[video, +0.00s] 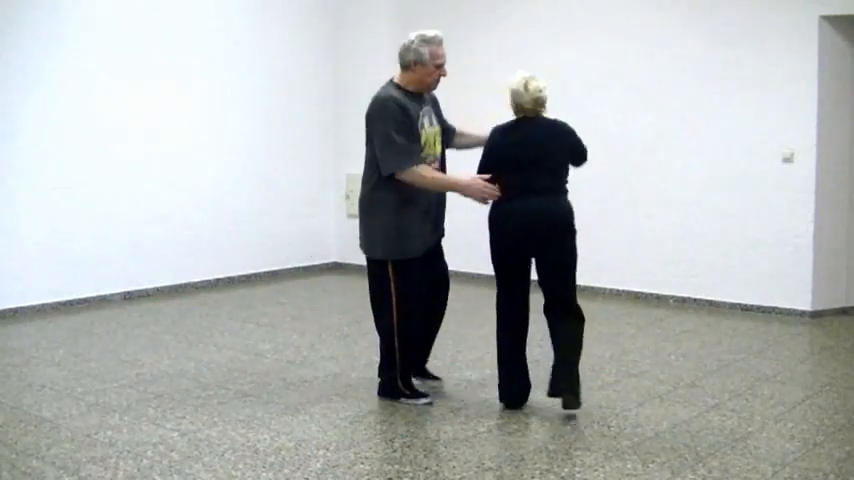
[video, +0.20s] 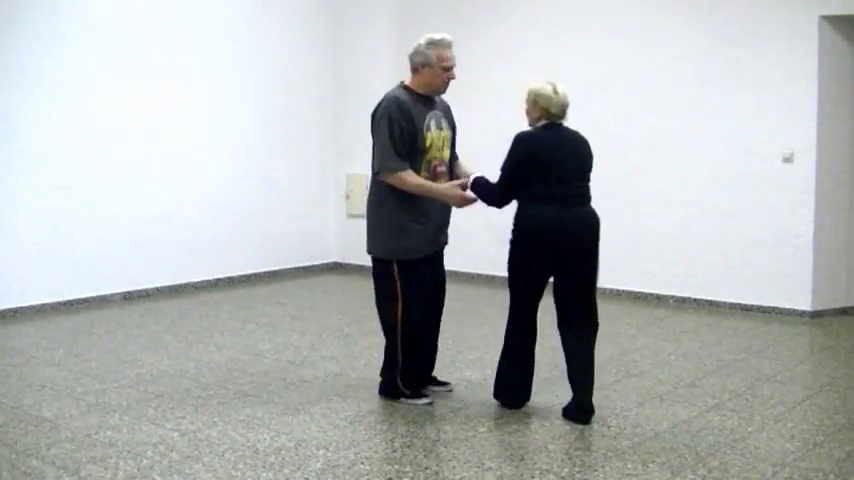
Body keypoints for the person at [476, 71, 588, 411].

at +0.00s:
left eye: (516, 100)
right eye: (540, 98)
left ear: (513, 104)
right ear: (544, 101)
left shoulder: (500, 135)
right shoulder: (559, 131)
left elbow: (483, 178)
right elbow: (580, 157)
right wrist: (550, 138)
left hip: (509, 226)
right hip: (554, 224)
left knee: (511, 304)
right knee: (562, 301)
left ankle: (512, 392)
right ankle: (566, 383)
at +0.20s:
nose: (525, 110)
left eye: (527, 105)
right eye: (526, 104)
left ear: (537, 109)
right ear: (560, 110)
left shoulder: (526, 142)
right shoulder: (581, 144)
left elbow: (500, 197)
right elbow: (575, 189)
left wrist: (474, 181)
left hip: (533, 239)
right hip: (579, 239)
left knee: (522, 315)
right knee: (578, 318)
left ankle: (513, 394)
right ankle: (582, 405)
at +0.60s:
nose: (546, 106)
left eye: (549, 101)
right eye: (547, 100)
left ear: (557, 106)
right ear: (584, 107)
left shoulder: (550, 140)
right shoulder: (603, 144)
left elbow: (515, 190)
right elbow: (614, 199)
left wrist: (476, 184)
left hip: (558, 245)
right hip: (601, 247)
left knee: (547, 321)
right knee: (588, 326)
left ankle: (557, 406)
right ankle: (585, 409)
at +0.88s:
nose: (552, 102)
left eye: (554, 98)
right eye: (554, 97)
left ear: (562, 101)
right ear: (590, 102)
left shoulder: (551, 134)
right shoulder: (608, 133)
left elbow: (510, 178)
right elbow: (631, 167)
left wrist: (483, 159)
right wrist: (598, 153)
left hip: (559, 234)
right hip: (605, 236)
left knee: (540, 309)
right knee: (594, 319)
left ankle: (549, 394)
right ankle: (584, 408)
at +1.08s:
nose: (559, 107)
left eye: (560, 103)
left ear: (562, 107)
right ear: (595, 108)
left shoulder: (547, 141)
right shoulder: (612, 143)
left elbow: (507, 189)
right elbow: (649, 182)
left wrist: (462, 187)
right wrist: (619, 160)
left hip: (553, 248)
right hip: (602, 249)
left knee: (549, 327)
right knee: (592, 327)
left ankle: (551, 417)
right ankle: (584, 408)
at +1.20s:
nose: (602, 113)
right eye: (601, 108)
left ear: (561, 109)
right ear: (597, 111)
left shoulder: (544, 142)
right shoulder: (612, 145)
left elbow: (509, 192)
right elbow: (655, 198)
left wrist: (465, 198)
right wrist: (636, 202)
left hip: (550, 247)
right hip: (603, 249)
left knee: (550, 329)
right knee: (595, 325)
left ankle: (553, 420)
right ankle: (586, 408)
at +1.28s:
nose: (609, 113)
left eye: (609, 107)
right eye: (608, 107)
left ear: (567, 106)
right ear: (597, 107)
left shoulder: (546, 139)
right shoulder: (613, 142)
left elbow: (515, 187)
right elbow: (645, 187)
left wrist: (485, 194)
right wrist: (669, 201)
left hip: (550, 247)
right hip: (601, 248)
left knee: (551, 330)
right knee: (599, 325)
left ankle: (552, 421)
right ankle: (593, 412)